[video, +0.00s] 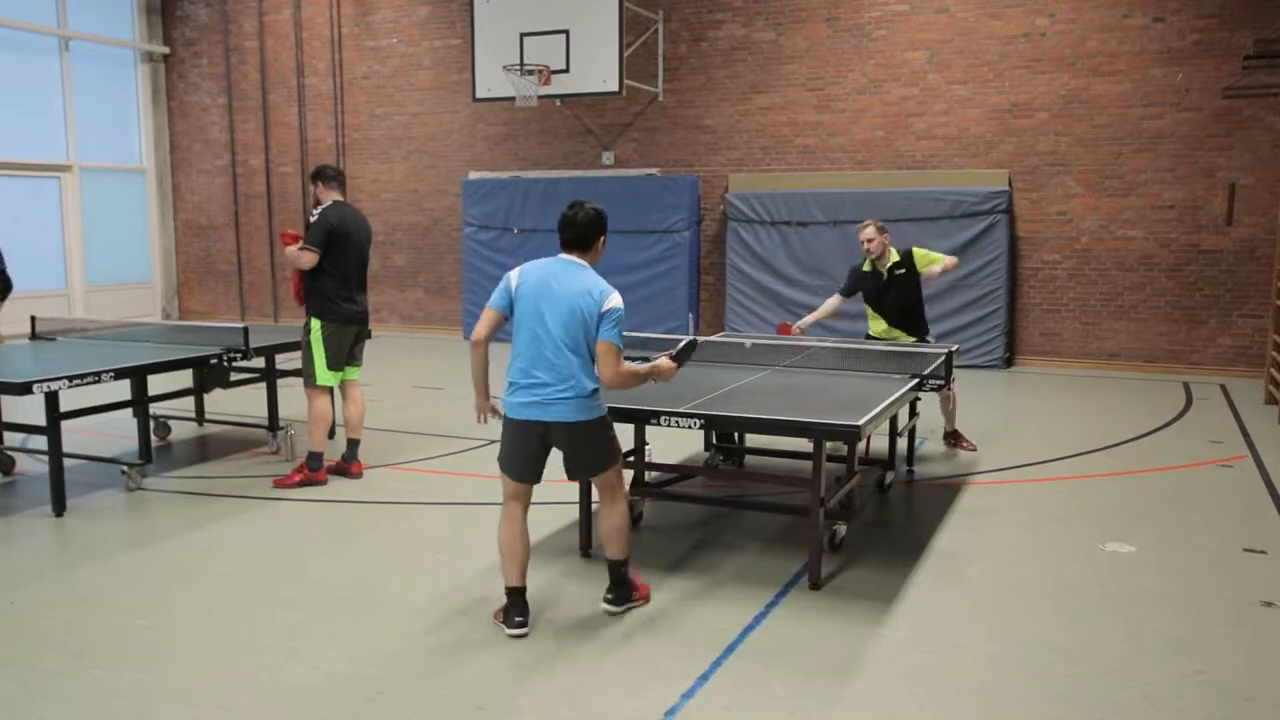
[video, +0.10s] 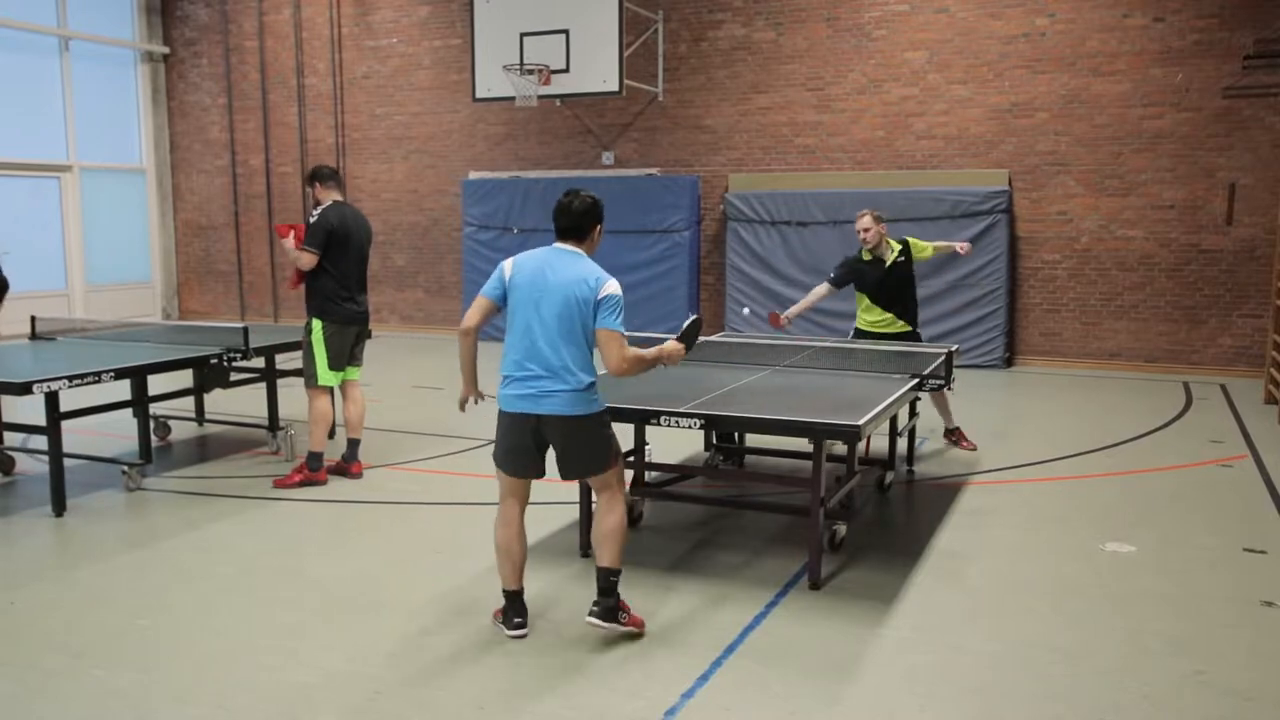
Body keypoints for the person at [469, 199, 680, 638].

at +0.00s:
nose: (606, 245)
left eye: (604, 239)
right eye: (605, 239)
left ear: (560, 239)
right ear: (599, 241)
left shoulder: (520, 276)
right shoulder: (604, 295)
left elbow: (478, 337)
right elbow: (611, 376)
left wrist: (482, 396)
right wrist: (653, 371)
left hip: (522, 415)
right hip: (579, 417)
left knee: (514, 502)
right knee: (612, 494)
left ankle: (516, 607)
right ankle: (619, 586)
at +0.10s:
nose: (602, 235)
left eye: (601, 228)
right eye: (602, 229)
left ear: (555, 228)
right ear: (595, 231)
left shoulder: (514, 266)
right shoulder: (600, 283)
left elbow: (468, 325)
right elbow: (618, 364)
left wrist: (469, 383)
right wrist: (660, 354)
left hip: (516, 411)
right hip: (575, 413)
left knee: (511, 502)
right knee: (609, 491)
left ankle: (514, 609)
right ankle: (607, 601)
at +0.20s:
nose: (609, 221)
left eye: (608, 215)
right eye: (609, 216)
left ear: (561, 213)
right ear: (602, 217)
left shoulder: (517, 250)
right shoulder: (608, 267)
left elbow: (467, 306)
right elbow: (627, 350)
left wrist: (474, 363)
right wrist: (665, 342)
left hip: (516, 395)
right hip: (575, 397)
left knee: (503, 503)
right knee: (613, 496)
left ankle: (493, 606)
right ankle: (619, 609)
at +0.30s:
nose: (619, 228)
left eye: (618, 222)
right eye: (619, 222)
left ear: (569, 220)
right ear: (612, 224)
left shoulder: (524, 259)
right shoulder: (608, 271)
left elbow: (474, 314)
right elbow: (630, 358)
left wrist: (485, 375)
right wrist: (699, 378)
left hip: (519, 409)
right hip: (579, 412)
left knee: (484, 517)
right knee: (628, 518)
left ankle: (440, 623)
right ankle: (658, 636)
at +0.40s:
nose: (631, 273)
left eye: (630, 264)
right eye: (632, 265)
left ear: (582, 258)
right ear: (624, 266)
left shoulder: (537, 299)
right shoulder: (611, 314)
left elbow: (485, 357)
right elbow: (649, 397)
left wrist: (493, 423)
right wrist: (729, 421)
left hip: (517, 461)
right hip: (578, 464)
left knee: (465, 558)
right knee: (650, 553)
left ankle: (385, 654)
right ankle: (688, 681)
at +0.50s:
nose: (667, 325)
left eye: (664, 315)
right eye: (666, 316)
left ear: (616, 313)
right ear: (650, 318)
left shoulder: (569, 348)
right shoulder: (640, 370)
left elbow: (513, 408)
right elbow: (717, 432)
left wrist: (497, 469)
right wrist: (803, 434)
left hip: (522, 498)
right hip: (579, 505)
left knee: (466, 581)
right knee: (682, 555)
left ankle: (380, 662)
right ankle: (686, 693)